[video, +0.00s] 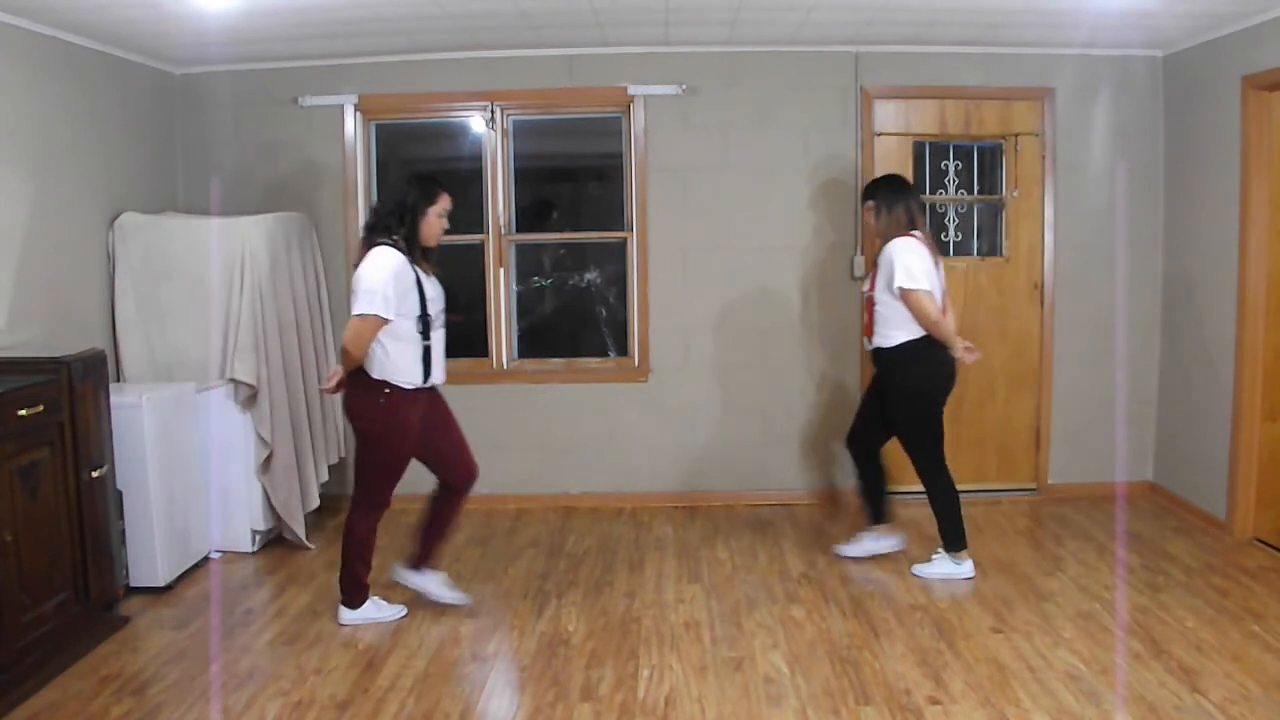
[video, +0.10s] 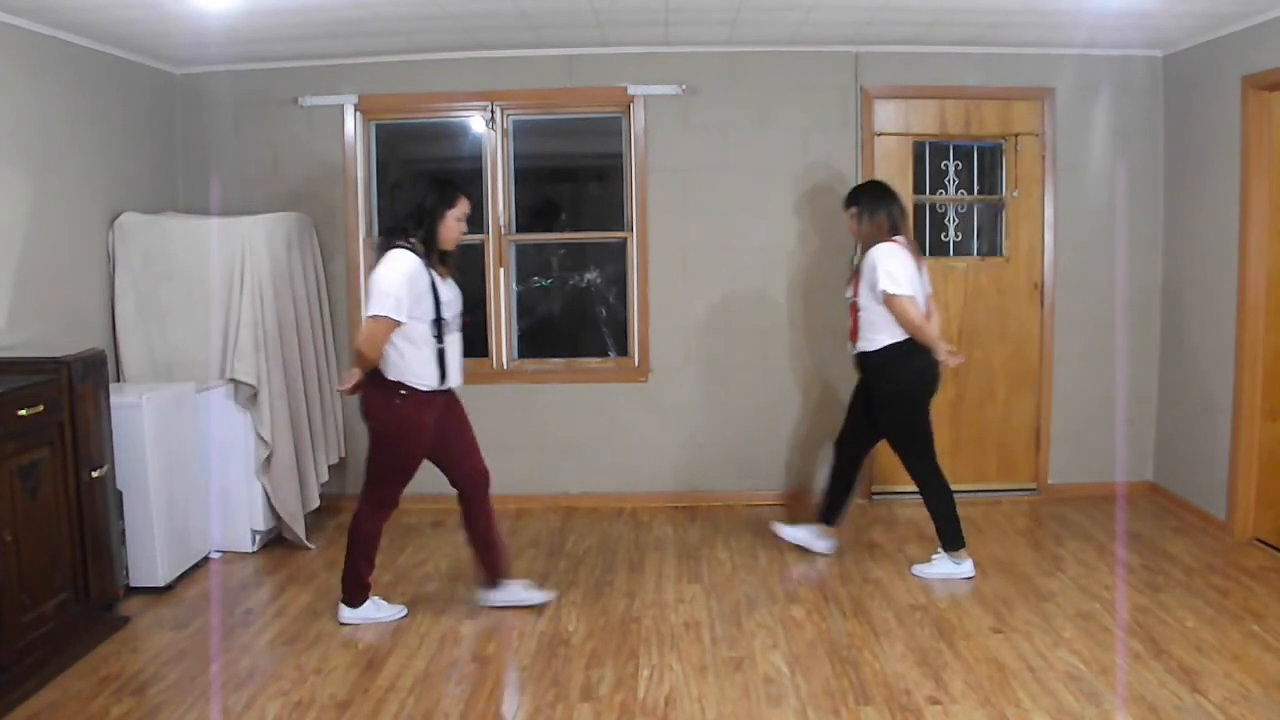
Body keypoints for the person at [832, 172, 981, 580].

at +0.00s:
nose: (866, 221)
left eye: (869, 213)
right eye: (866, 213)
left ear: (886, 212)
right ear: (904, 210)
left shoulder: (900, 248)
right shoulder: (921, 248)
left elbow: (918, 303)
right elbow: (943, 308)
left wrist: (952, 343)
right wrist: (954, 345)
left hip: (911, 365)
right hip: (909, 364)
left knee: (929, 462)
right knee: (862, 441)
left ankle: (956, 554)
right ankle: (880, 529)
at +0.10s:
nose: (850, 229)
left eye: (853, 219)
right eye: (849, 220)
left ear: (870, 217)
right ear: (889, 216)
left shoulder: (883, 255)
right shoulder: (905, 253)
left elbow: (906, 313)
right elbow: (928, 309)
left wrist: (939, 349)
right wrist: (938, 350)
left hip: (895, 368)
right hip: (890, 366)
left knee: (921, 465)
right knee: (850, 448)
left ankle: (956, 555)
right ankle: (823, 530)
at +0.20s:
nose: (829, 235)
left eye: (831, 226)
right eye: (828, 226)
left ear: (848, 224)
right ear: (868, 223)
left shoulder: (859, 262)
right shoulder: (887, 261)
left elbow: (881, 317)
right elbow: (911, 313)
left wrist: (914, 350)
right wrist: (912, 349)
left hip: (871, 371)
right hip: (881, 368)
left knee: (909, 466)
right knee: (833, 455)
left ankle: (955, 553)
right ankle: (788, 528)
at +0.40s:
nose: (786, 226)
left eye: (789, 218)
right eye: (785, 218)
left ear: (806, 216)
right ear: (821, 215)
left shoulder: (816, 251)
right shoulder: (826, 249)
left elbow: (834, 306)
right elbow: (856, 303)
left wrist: (862, 341)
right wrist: (863, 338)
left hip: (829, 362)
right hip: (817, 362)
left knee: (838, 462)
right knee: (804, 453)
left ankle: (917, 520)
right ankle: (780, 532)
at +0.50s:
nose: (769, 219)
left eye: (773, 211)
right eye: (769, 212)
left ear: (790, 209)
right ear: (804, 208)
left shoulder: (805, 244)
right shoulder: (808, 244)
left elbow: (821, 296)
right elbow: (837, 294)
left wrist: (847, 337)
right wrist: (844, 335)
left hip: (811, 355)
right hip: (807, 355)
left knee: (797, 453)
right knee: (796, 451)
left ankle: (874, 504)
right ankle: (779, 530)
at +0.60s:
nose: (757, 217)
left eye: (761, 209)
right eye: (756, 210)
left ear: (778, 207)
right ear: (788, 205)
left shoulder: (794, 242)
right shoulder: (783, 245)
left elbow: (811, 293)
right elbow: (806, 295)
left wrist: (836, 334)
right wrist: (835, 334)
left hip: (799, 352)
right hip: (792, 351)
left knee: (762, 445)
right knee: (787, 444)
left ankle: (830, 500)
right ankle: (779, 529)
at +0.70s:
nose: (744, 217)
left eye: (748, 209)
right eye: (743, 209)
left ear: (765, 207)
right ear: (775, 206)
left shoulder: (783, 242)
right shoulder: (772, 245)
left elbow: (801, 293)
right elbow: (795, 295)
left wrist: (825, 335)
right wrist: (824, 335)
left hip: (785, 352)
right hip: (782, 351)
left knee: (739, 439)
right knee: (782, 442)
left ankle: (799, 502)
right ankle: (778, 529)